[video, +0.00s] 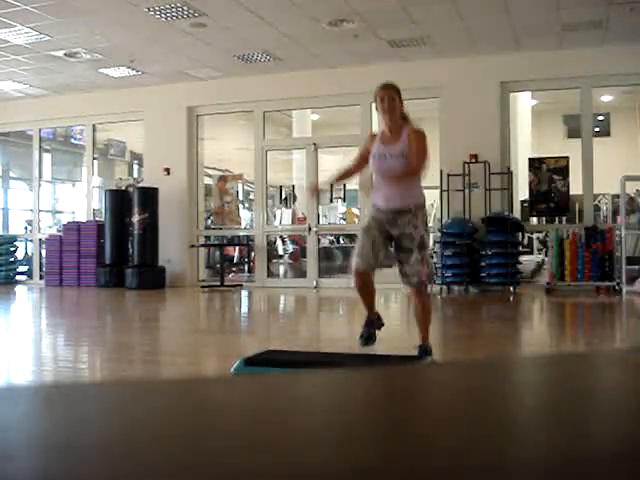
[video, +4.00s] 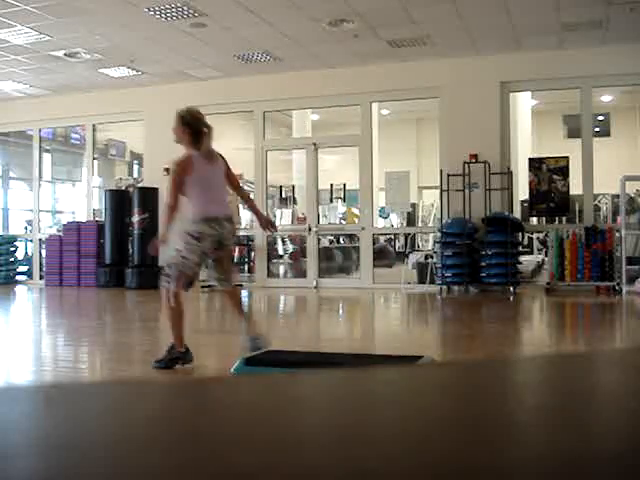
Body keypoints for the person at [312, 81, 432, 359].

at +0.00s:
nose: (386, 105)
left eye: (391, 100)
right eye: (381, 101)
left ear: (401, 103)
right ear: (375, 106)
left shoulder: (414, 135)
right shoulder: (374, 139)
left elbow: (416, 169)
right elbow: (356, 166)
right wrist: (327, 184)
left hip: (410, 213)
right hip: (379, 213)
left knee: (418, 282)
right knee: (360, 270)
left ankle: (424, 343)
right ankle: (372, 317)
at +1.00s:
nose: (340, 65)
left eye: (345, 59)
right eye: (335, 62)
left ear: (357, 65)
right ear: (331, 69)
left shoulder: (371, 95)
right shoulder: (326, 103)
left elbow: (354, 88)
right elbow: (286, 116)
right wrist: (282, 83)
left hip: (368, 181)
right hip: (334, 184)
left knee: (378, 259)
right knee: (322, 257)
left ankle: (394, 328)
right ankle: (338, 325)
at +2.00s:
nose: (297, 73)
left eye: (302, 68)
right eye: (292, 69)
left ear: (311, 73)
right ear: (284, 76)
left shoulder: (325, 109)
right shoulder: (280, 113)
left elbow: (348, 149)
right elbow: (274, 151)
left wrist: (337, 183)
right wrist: (266, 185)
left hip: (317, 189)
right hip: (285, 191)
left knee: (309, 262)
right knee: (274, 263)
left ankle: (310, 332)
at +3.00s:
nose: (313, 128)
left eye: (318, 123)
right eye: (308, 124)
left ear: (326, 126)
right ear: (303, 129)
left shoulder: (342, 159)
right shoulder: (304, 160)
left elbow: (365, 190)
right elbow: (309, 198)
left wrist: (376, 214)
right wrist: (307, 227)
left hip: (347, 229)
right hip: (317, 230)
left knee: (358, 288)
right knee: (303, 270)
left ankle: (377, 339)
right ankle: (298, 331)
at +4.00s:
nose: (174, 133)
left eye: (177, 128)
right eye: (175, 127)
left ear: (188, 131)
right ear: (200, 131)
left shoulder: (183, 163)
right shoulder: (218, 159)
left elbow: (172, 203)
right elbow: (239, 190)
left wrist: (163, 234)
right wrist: (260, 215)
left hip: (198, 225)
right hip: (225, 224)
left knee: (172, 282)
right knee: (226, 281)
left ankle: (178, 347)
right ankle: (252, 333)